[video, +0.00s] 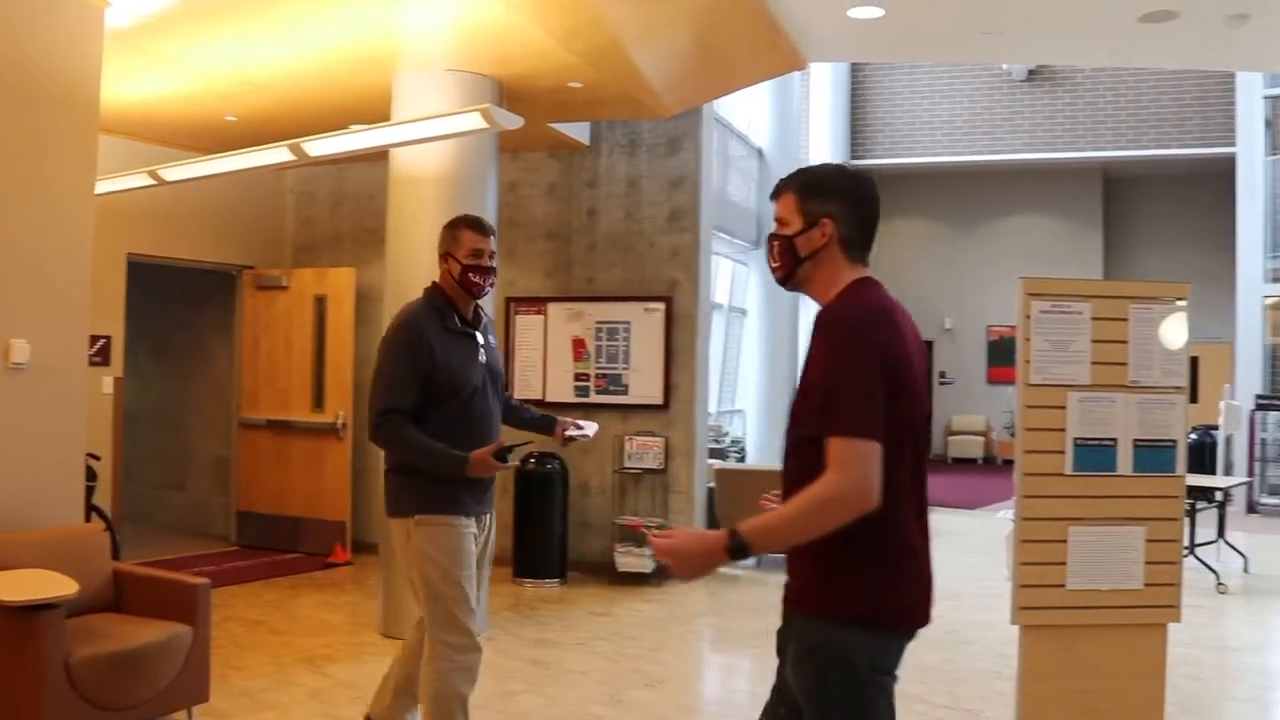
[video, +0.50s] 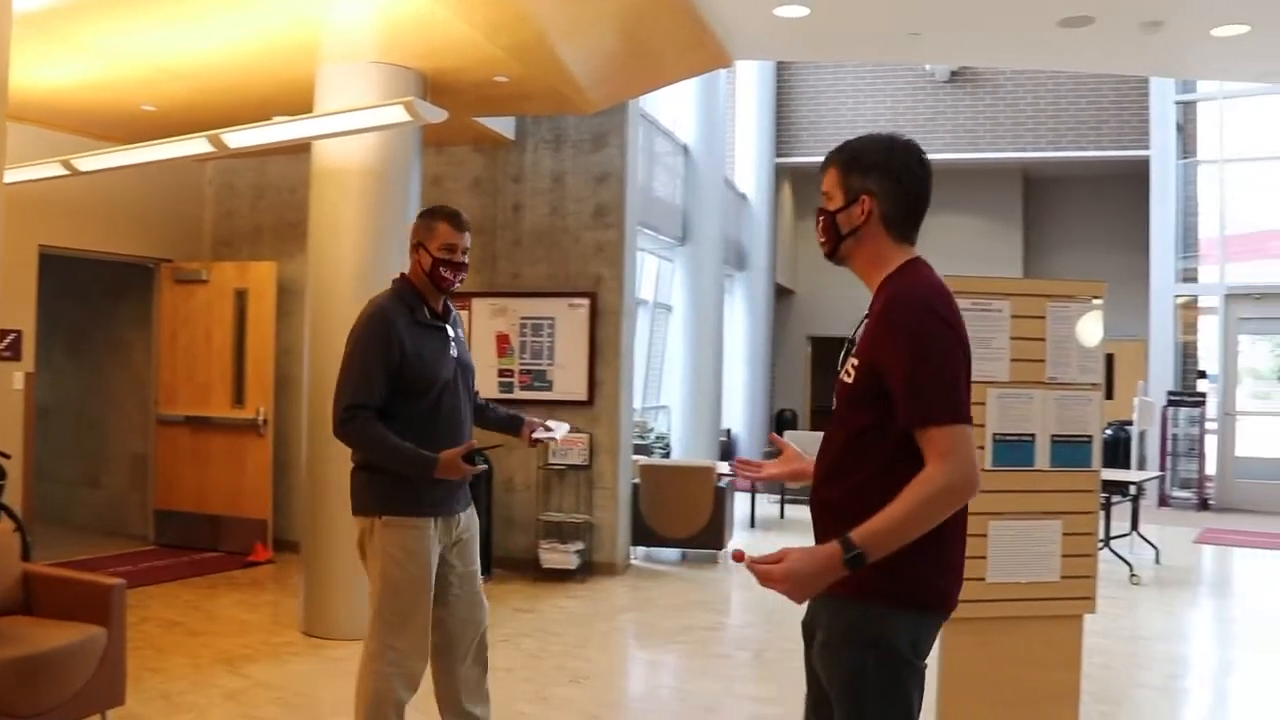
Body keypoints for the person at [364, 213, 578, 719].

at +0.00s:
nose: (485, 268)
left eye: (490, 259)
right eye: (474, 258)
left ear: (494, 264)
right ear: (444, 260)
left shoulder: (479, 326)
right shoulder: (414, 325)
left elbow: (494, 404)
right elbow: (384, 425)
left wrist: (549, 425)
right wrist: (462, 462)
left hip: (476, 503)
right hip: (431, 508)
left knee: (440, 633)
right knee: (459, 643)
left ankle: (385, 713)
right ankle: (446, 717)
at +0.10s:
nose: (480, 263)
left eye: (485, 254)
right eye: (468, 253)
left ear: (488, 259)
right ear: (437, 256)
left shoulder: (472, 323)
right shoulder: (408, 324)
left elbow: (486, 400)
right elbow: (378, 425)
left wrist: (545, 419)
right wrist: (459, 462)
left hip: (477, 504)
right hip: (426, 511)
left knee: (474, 620)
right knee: (443, 644)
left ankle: (387, 704)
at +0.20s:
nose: (473, 257)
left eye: (477, 248)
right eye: (461, 248)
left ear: (480, 252)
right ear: (429, 253)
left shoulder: (463, 318)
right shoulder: (401, 320)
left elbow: (479, 397)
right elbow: (372, 424)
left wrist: (536, 415)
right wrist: (452, 464)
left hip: (469, 502)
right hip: (415, 510)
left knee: (479, 615)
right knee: (430, 645)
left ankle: (398, 711)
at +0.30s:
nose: (467, 256)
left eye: (470, 247)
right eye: (455, 247)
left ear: (473, 252)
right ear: (422, 251)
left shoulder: (455, 317)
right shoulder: (392, 319)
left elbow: (469, 395)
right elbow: (362, 423)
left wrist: (527, 414)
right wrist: (443, 464)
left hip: (461, 501)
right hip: (406, 511)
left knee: (475, 616)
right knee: (416, 649)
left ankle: (439, 714)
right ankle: (404, 719)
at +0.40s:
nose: (461, 264)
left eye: (467, 254)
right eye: (451, 252)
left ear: (470, 257)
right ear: (419, 251)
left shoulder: (450, 318)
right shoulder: (386, 317)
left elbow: (463, 399)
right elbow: (354, 422)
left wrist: (520, 417)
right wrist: (435, 463)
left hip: (455, 505)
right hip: (399, 513)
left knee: (470, 631)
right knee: (404, 651)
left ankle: (469, 715)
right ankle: (388, 717)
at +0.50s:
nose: (458, 265)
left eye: (464, 256)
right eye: (448, 254)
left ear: (466, 259)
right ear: (416, 251)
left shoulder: (448, 320)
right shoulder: (382, 317)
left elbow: (462, 404)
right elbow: (350, 420)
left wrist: (520, 424)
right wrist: (431, 463)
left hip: (456, 508)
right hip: (399, 515)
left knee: (464, 641)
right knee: (397, 653)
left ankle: (469, 717)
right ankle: (378, 718)